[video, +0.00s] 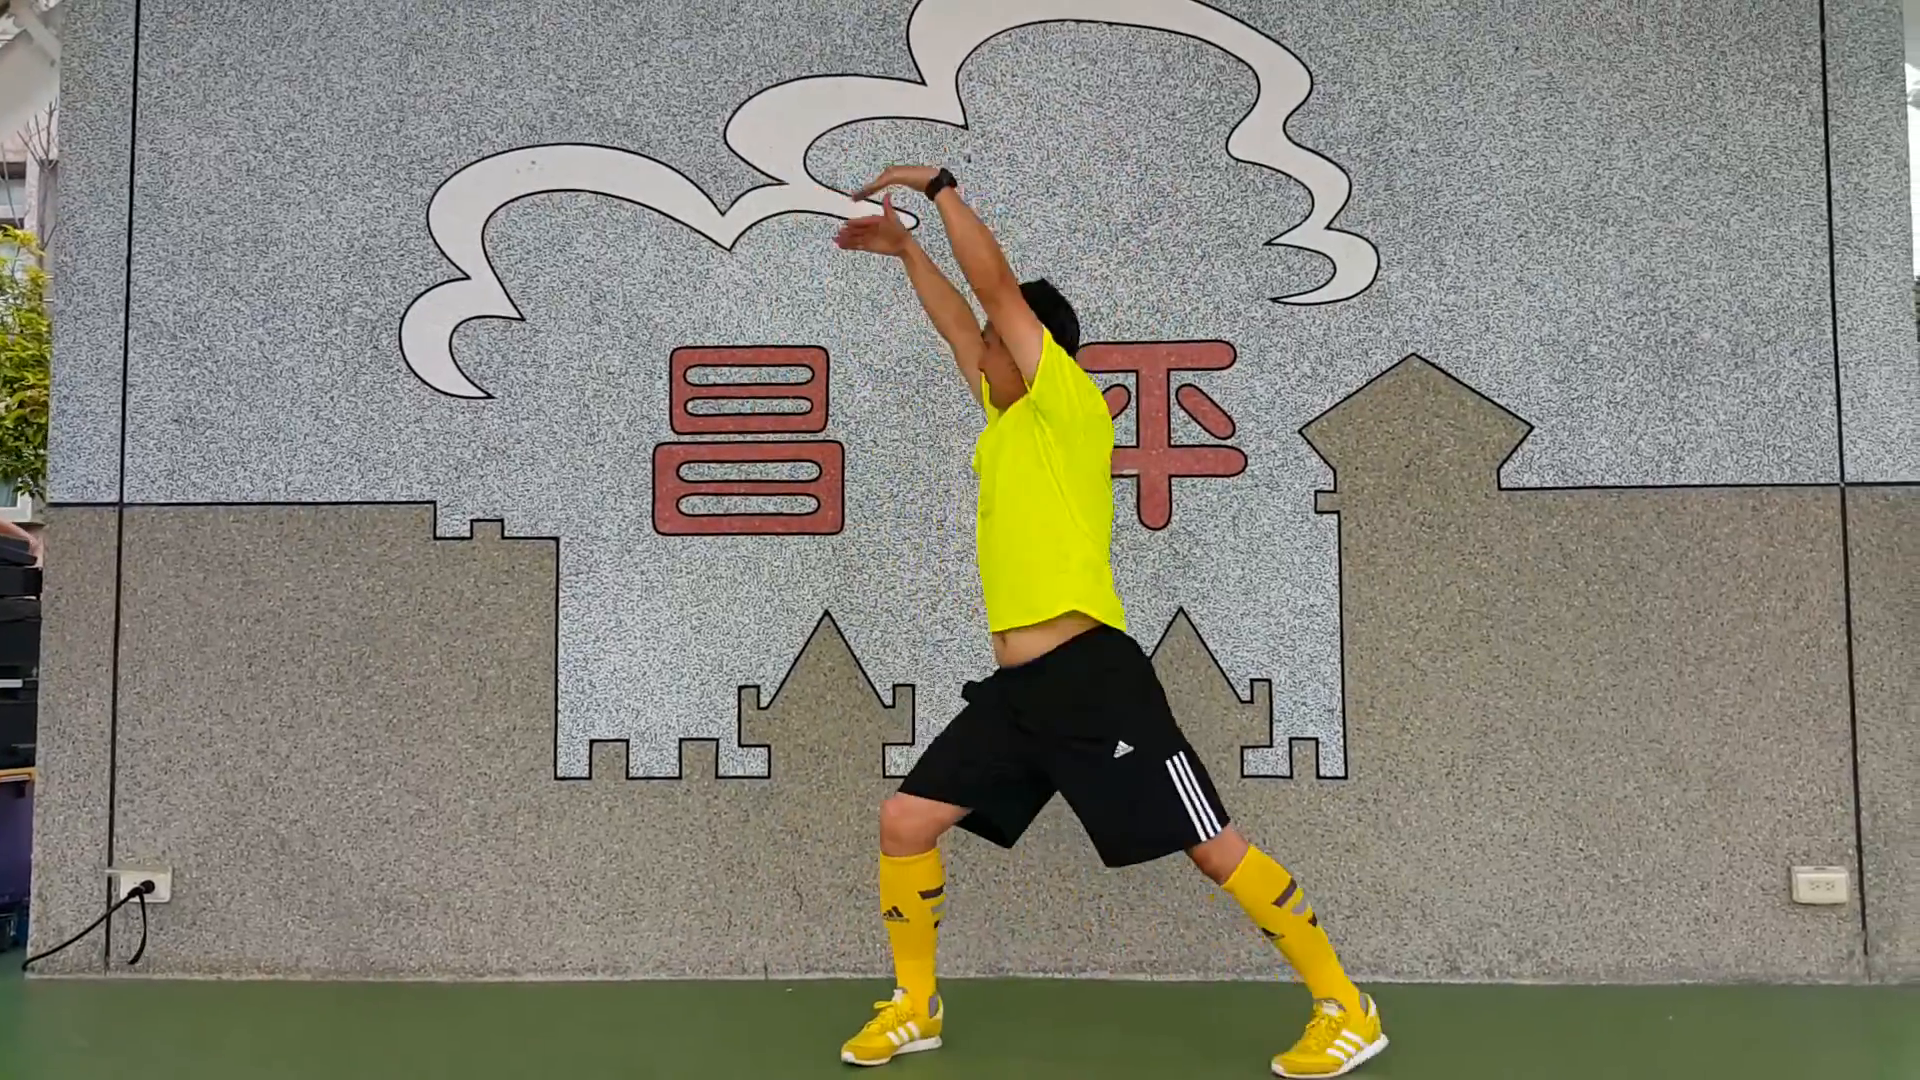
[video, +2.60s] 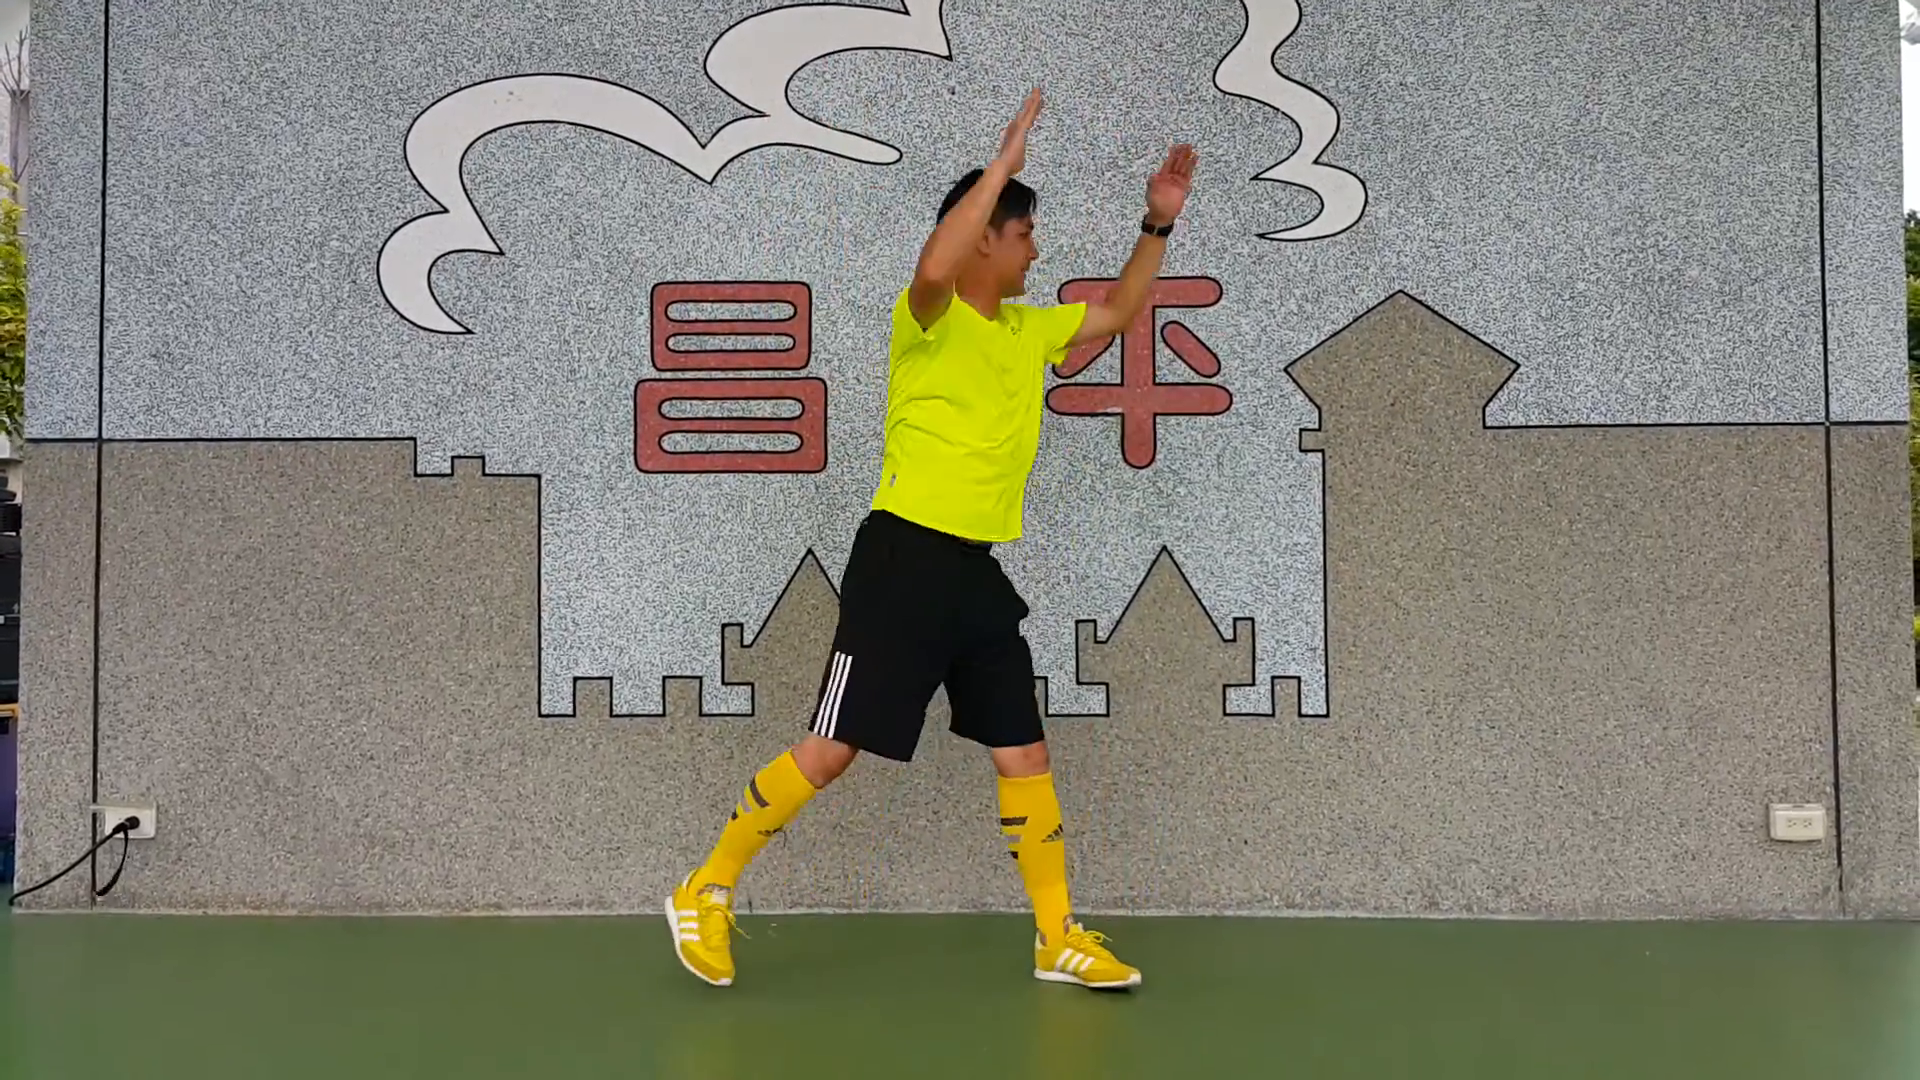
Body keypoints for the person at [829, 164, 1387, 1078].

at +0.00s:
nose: (985, 354)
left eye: (1001, 335)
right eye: (985, 340)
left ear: (1045, 339)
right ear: (1002, 355)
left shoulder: (1074, 406)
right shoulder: (1008, 420)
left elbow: (1000, 294)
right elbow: (959, 330)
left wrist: (938, 189)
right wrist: (902, 247)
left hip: (1097, 675)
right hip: (1015, 689)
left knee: (1216, 848)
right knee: (907, 821)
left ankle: (1347, 1008)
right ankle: (913, 1006)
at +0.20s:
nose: (978, 310)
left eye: (994, 297)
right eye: (976, 298)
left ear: (1041, 305)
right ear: (977, 311)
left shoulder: (1072, 373)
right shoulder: (961, 378)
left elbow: (1064, 263)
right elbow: (890, 300)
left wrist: (997, 162)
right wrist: (856, 197)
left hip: (1059, 635)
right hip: (966, 644)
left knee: (1158, 811)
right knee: (896, 817)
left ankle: (1275, 970)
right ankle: (909, 999)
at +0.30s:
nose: (985, 276)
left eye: (1002, 263)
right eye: (973, 265)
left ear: (1039, 278)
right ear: (959, 282)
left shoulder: (1069, 352)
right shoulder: (928, 352)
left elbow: (1126, 293)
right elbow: (830, 310)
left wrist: (1068, 184)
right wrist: (818, 201)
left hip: (1049, 607)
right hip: (946, 614)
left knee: (1125, 788)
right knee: (910, 806)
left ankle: (1192, 968)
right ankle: (897, 991)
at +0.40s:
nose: (986, 263)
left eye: (1002, 251)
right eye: (970, 252)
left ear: (1027, 271)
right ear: (952, 272)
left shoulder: (1059, 348)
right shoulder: (918, 352)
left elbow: (1143, 385)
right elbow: (804, 382)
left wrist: (1126, 290)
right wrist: (793, 282)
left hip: (1042, 598)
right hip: (940, 600)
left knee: (1095, 788)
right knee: (902, 794)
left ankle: (1138, 980)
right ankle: (863, 976)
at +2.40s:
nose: (1037, 238)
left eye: (1037, 225)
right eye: (1018, 224)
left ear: (1032, 239)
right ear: (970, 239)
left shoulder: (1055, 352)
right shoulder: (927, 328)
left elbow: (1097, 453)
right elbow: (857, 435)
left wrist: (1169, 405)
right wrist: (895, 365)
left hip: (1020, 573)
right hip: (927, 564)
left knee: (1059, 756)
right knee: (880, 760)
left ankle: (1061, 944)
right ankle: (831, 934)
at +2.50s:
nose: (1045, 247)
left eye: (1043, 232)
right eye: (1030, 231)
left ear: (1019, 242)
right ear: (982, 237)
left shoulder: (1048, 353)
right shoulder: (934, 316)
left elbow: (1125, 409)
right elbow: (898, 391)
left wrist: (1175, 340)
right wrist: (970, 302)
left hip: (1008, 579)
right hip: (920, 561)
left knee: (1045, 756)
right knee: (864, 756)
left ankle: (1059, 941)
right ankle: (780, 915)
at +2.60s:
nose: (1034, 250)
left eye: (1032, 235)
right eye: (1021, 236)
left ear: (1019, 246)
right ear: (976, 240)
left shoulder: (1031, 328)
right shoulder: (931, 316)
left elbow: (1119, 310)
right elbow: (936, 268)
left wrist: (1157, 224)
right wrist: (997, 172)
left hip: (977, 572)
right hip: (899, 558)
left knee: (1023, 752)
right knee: (831, 747)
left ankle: (1059, 939)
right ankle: (704, 892)